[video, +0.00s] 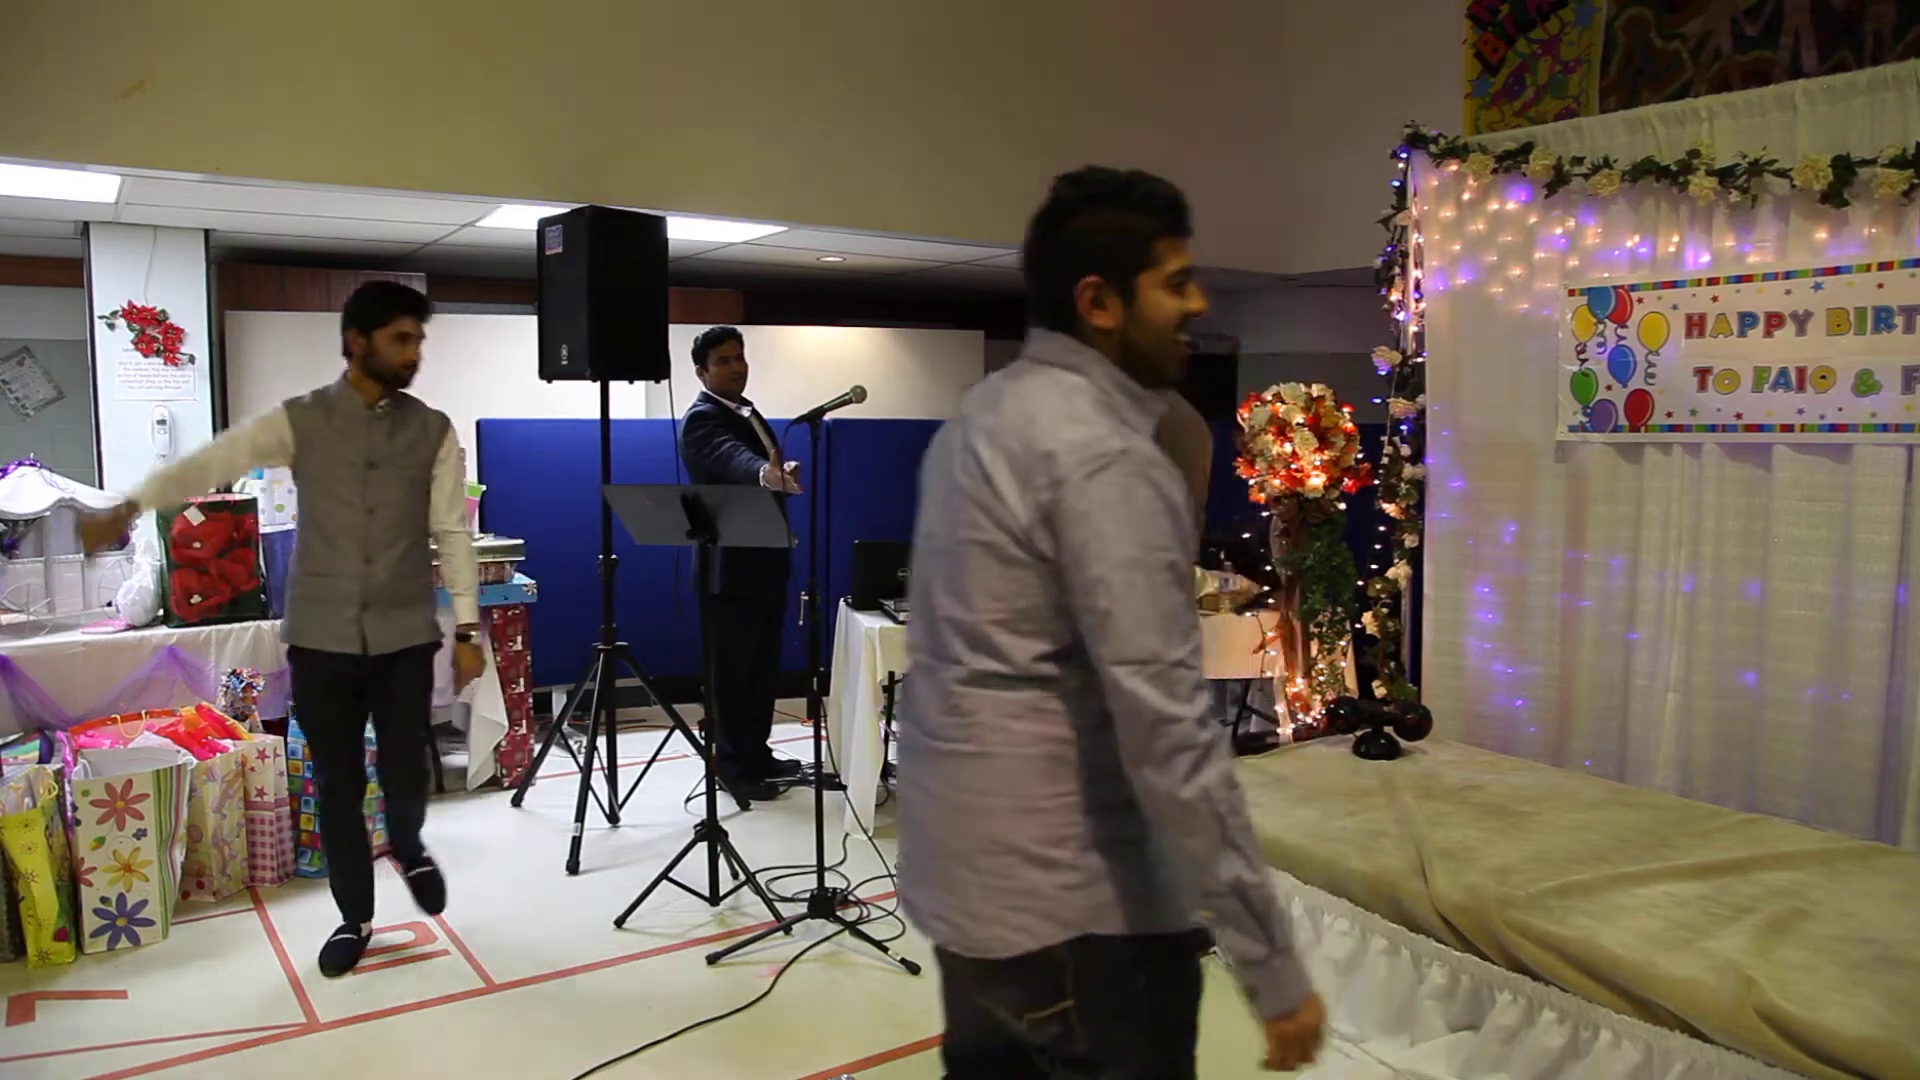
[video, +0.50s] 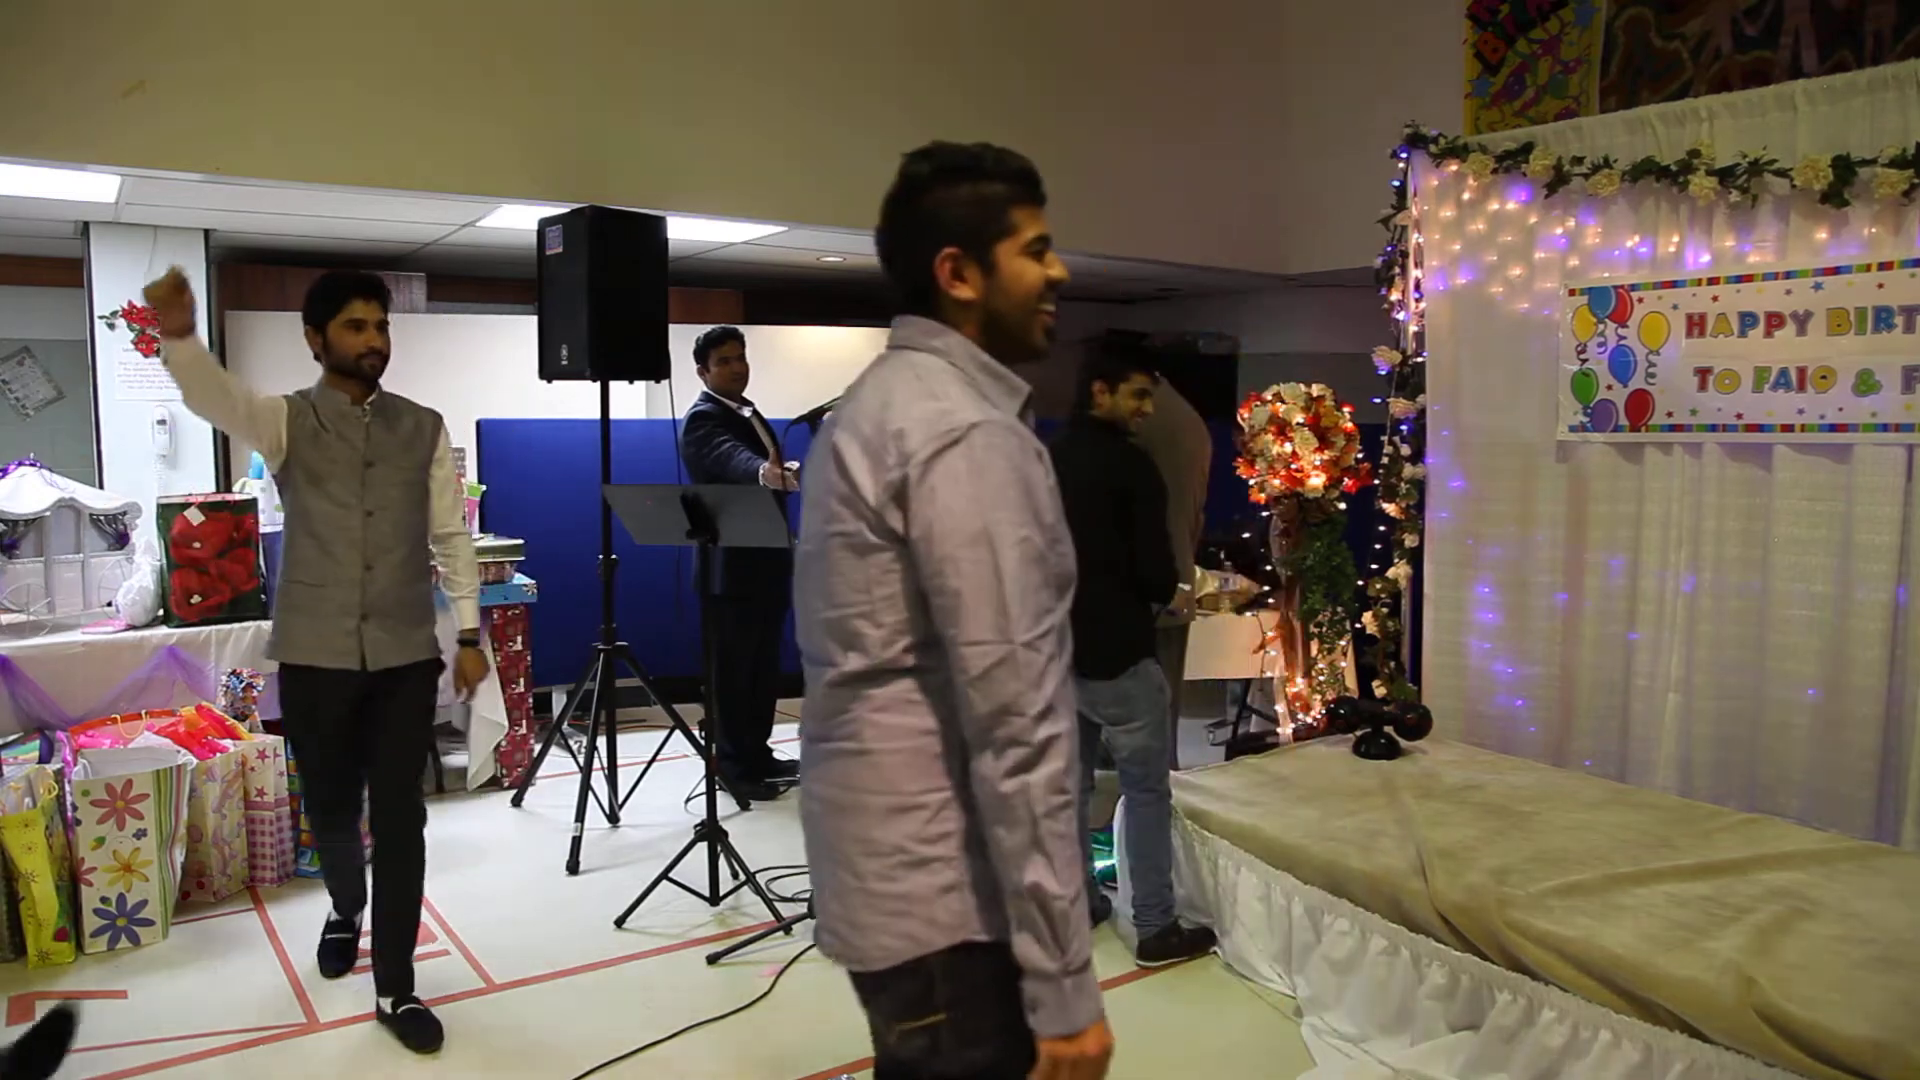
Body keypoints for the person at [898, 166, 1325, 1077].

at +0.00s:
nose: (1200, 306)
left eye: (1192, 281)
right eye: (1177, 282)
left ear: (1090, 304)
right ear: (1098, 303)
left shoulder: (979, 420)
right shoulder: (1104, 452)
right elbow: (1172, 733)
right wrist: (1273, 970)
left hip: (979, 896)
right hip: (1079, 909)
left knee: (996, 1062)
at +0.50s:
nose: (1059, 273)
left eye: (1051, 249)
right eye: (1036, 250)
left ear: (957, 276)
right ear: (957, 274)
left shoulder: (873, 408)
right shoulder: (964, 430)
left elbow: (876, 681)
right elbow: (1017, 731)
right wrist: (1064, 989)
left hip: (888, 895)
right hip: (949, 908)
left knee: (928, 1061)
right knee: (974, 1063)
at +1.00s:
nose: (1038, 262)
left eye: (1030, 236)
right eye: (1003, 236)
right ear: (906, 267)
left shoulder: (844, 404)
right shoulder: (915, 434)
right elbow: (1000, 767)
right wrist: (1141, 1040)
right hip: (906, 952)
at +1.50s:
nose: (1058, 263)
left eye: (1052, 237)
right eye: (1026, 238)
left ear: (927, 275)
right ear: (923, 267)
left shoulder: (873, 403)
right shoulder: (921, 437)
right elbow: (1084, 717)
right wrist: (1374, 1004)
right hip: (910, 937)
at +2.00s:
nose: (1064, 280)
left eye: (1064, 256)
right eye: (1054, 254)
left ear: (909, 282)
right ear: (1017, 265)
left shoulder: (889, 412)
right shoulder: (978, 424)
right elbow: (1227, 513)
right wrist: (1607, 468)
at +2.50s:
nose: (1166, 284)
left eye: (1166, 260)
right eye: (1147, 259)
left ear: (998, 279)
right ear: (1088, 267)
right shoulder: (1115, 400)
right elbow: (1374, 348)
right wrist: (1616, 152)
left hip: (1003, 910)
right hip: (1138, 910)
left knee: (1035, 1068)